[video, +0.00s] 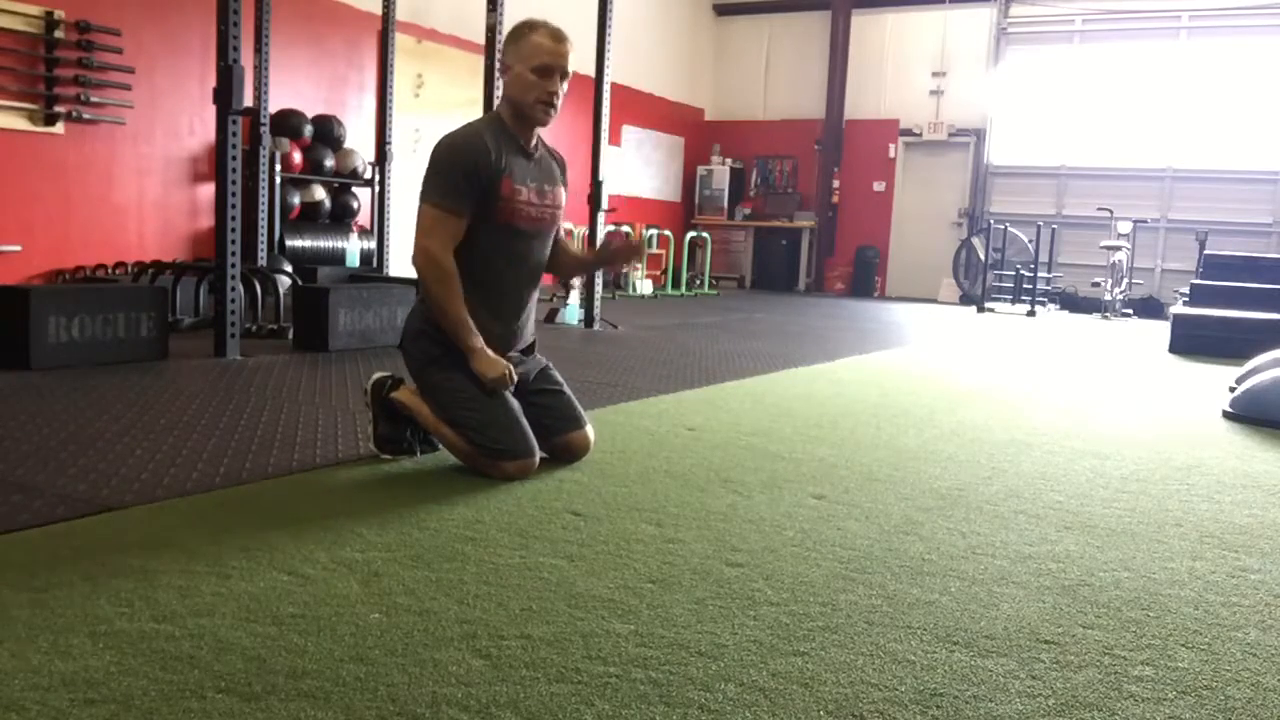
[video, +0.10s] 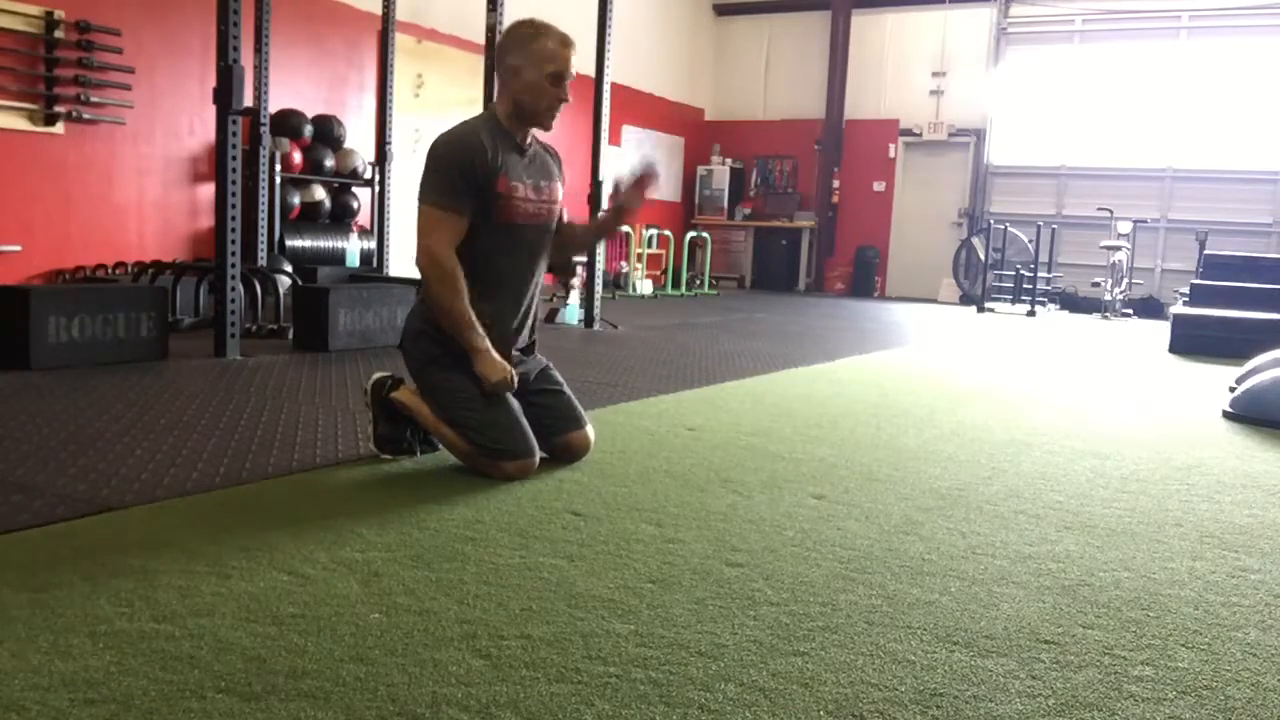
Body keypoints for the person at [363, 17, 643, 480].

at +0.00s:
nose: (555, 88)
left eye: (563, 77)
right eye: (541, 72)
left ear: (568, 84)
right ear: (505, 71)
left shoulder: (553, 164)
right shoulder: (466, 149)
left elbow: (551, 253)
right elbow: (431, 254)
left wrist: (599, 260)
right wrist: (476, 349)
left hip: (517, 347)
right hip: (448, 348)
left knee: (573, 444)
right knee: (516, 464)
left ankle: (445, 408)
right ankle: (401, 400)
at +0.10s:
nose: (567, 93)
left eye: (568, 81)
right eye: (555, 79)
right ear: (508, 73)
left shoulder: (548, 159)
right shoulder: (462, 148)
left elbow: (554, 243)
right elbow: (434, 257)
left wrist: (612, 219)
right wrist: (482, 350)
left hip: (516, 345)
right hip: (449, 348)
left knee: (572, 443)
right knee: (516, 463)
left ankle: (444, 409)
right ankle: (400, 399)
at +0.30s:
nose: (566, 94)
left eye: (568, 82)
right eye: (563, 80)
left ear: (530, 81)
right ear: (529, 79)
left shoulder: (538, 153)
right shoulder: (462, 148)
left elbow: (562, 219)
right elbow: (439, 261)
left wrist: (600, 154)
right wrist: (478, 357)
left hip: (513, 347)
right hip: (451, 349)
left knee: (571, 443)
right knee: (514, 464)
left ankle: (440, 407)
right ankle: (400, 398)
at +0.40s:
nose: (563, 95)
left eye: (565, 83)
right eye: (561, 81)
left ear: (530, 80)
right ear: (529, 78)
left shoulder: (537, 153)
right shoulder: (462, 149)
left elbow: (562, 213)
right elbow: (443, 260)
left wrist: (590, 136)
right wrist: (473, 360)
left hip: (513, 347)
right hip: (450, 349)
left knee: (572, 442)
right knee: (515, 464)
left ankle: (438, 413)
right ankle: (400, 399)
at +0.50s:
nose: (563, 94)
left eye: (564, 82)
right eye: (561, 81)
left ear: (530, 79)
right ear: (529, 78)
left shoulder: (536, 152)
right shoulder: (461, 149)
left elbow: (560, 209)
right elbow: (442, 259)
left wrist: (577, 131)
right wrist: (471, 357)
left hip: (511, 345)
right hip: (449, 347)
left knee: (572, 442)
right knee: (515, 464)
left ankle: (437, 412)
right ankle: (399, 399)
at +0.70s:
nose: (559, 93)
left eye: (561, 81)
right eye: (558, 80)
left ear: (528, 80)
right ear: (529, 78)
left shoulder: (533, 153)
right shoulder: (457, 149)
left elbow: (559, 199)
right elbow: (438, 258)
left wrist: (590, 133)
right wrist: (473, 354)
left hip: (510, 345)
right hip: (448, 349)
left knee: (572, 443)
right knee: (515, 464)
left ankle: (438, 411)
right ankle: (400, 399)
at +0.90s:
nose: (557, 92)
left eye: (558, 79)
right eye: (554, 78)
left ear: (524, 77)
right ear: (526, 77)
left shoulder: (538, 152)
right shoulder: (453, 149)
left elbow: (586, 165)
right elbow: (433, 257)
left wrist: (623, 152)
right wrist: (469, 355)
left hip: (514, 348)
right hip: (450, 351)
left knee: (573, 443)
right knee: (516, 464)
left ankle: (438, 410)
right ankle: (399, 399)